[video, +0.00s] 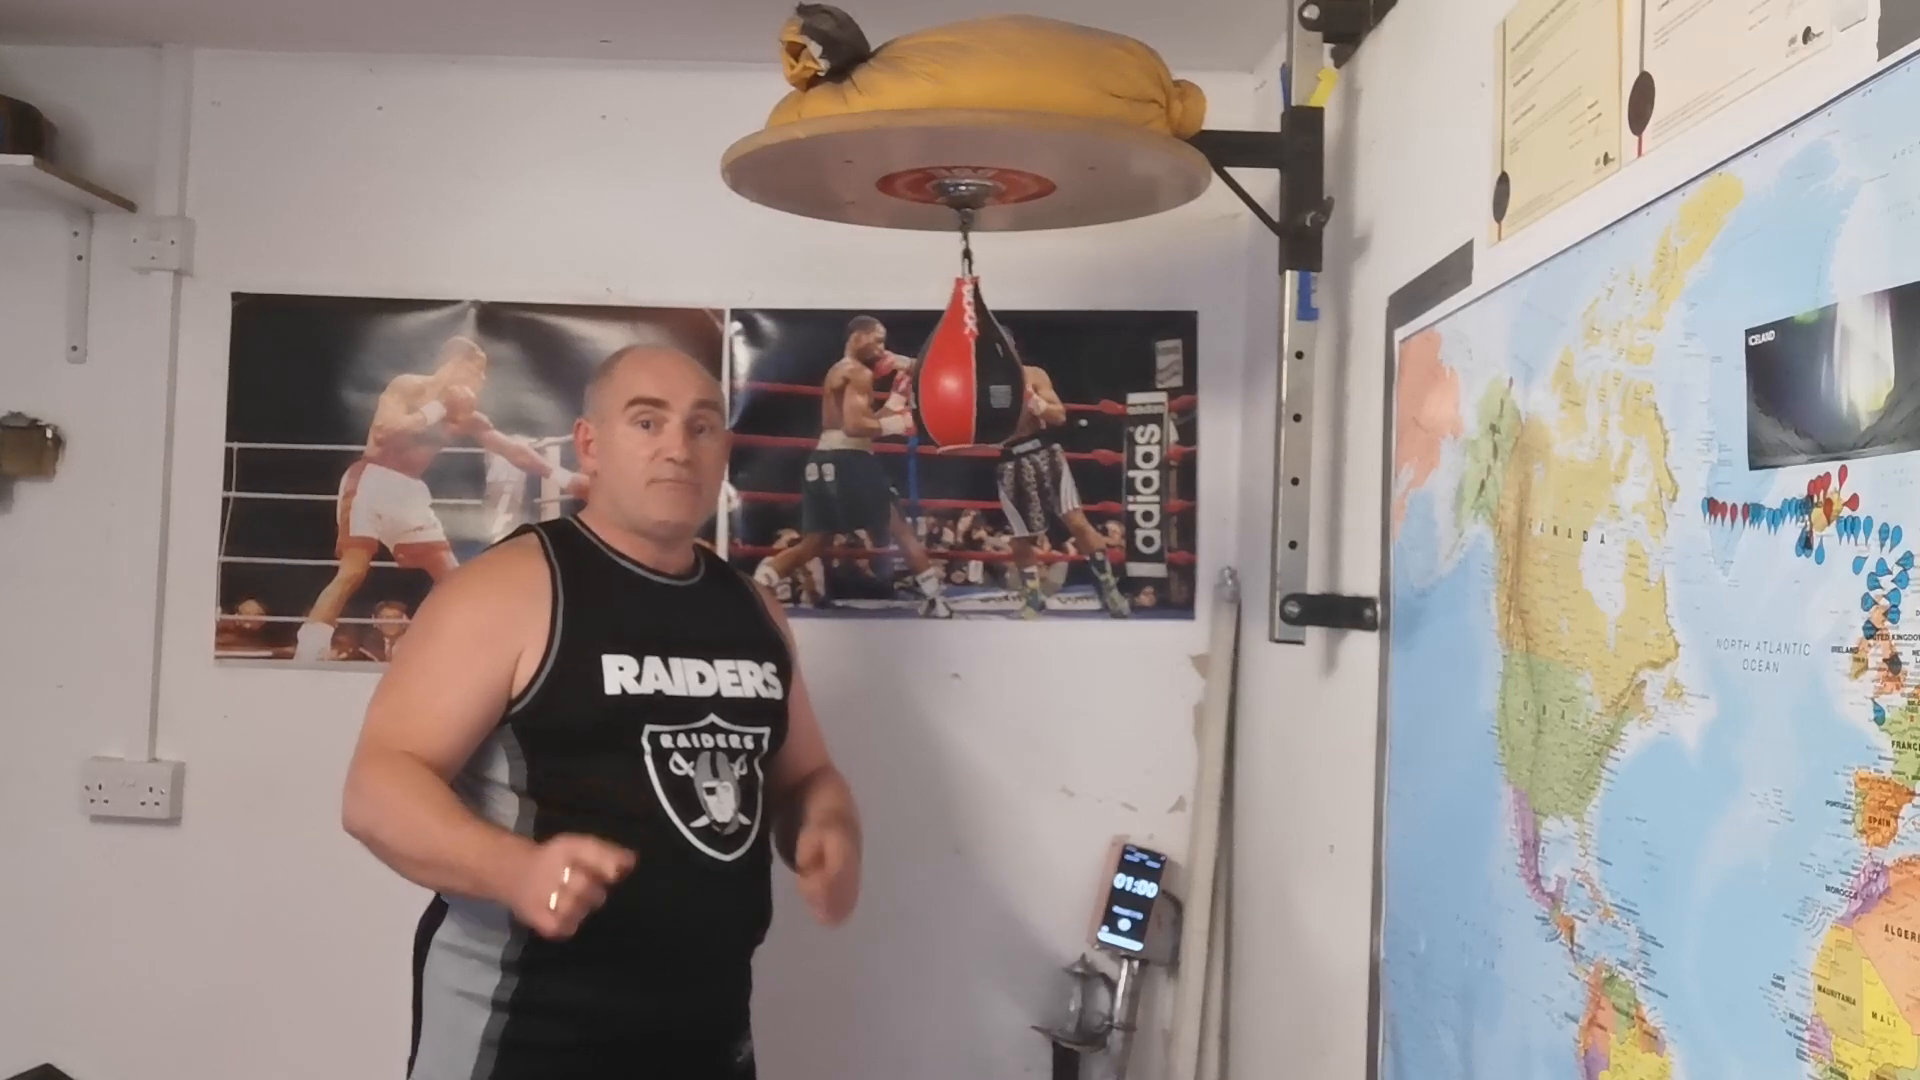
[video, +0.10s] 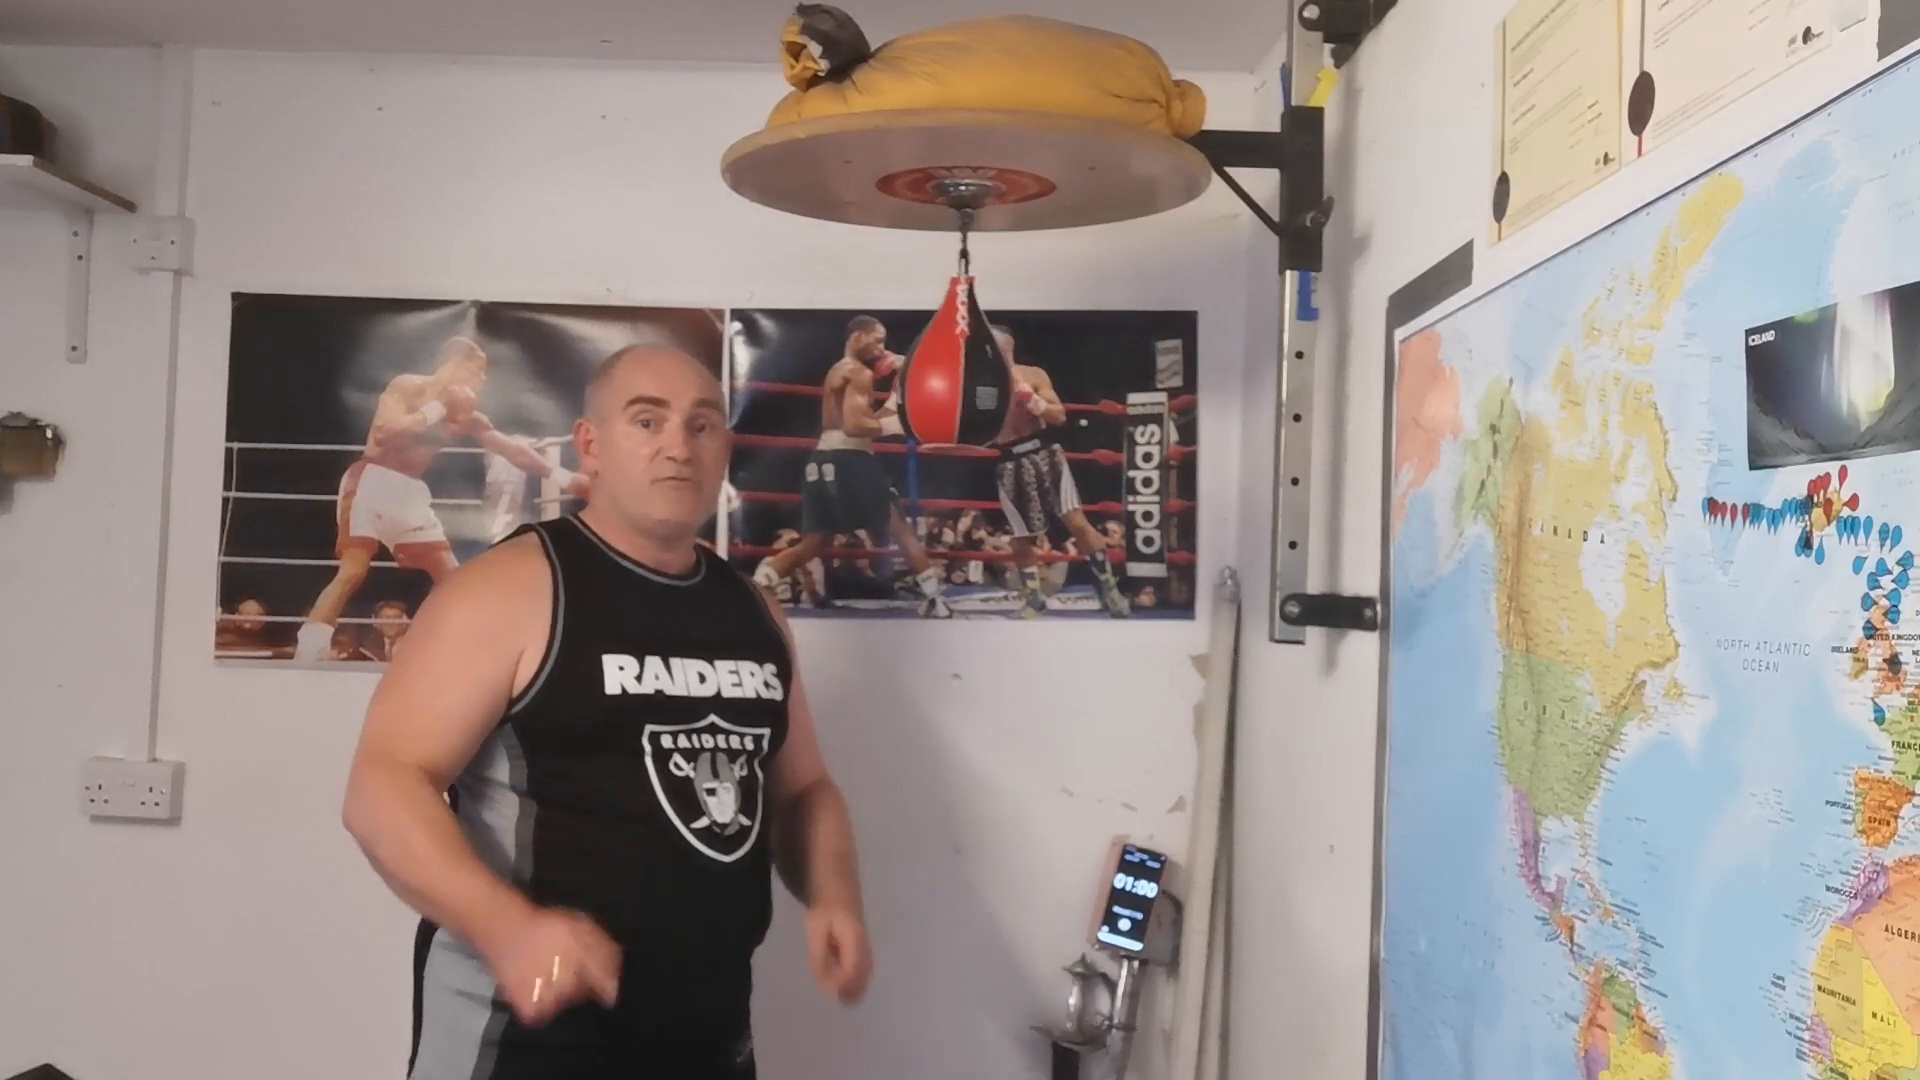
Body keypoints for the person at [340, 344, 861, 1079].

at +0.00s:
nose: (678, 447)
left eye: (701, 424)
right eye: (646, 420)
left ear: (725, 454)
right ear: (588, 445)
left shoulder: (749, 610)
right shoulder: (507, 588)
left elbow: (804, 777)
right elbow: (378, 786)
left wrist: (826, 831)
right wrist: (515, 870)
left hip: (703, 1020)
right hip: (526, 1024)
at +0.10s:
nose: (679, 446)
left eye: (702, 424)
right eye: (646, 419)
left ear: (726, 454)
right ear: (588, 445)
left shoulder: (750, 611)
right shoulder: (508, 588)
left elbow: (802, 790)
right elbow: (382, 786)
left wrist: (831, 898)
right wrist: (509, 931)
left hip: (706, 1024)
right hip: (534, 1028)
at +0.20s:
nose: (682, 447)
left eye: (706, 423)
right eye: (650, 418)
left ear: (731, 452)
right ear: (593, 443)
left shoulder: (750, 612)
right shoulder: (510, 589)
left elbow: (799, 804)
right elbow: (387, 795)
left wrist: (828, 962)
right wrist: (478, 1003)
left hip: (709, 1030)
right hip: (542, 1035)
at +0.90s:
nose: (690, 444)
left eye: (709, 421)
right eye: (655, 418)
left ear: (731, 450)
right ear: (594, 447)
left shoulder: (744, 610)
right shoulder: (518, 592)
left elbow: (795, 803)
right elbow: (396, 800)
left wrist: (841, 965)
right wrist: (516, 991)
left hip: (724, 1035)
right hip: (565, 1040)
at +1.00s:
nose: (685, 443)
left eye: (705, 421)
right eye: (650, 418)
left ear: (725, 450)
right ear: (590, 448)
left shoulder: (742, 609)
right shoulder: (513, 592)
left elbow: (793, 784)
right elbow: (389, 794)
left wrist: (840, 887)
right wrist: (544, 906)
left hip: (716, 1031)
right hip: (545, 1037)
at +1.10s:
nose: (681, 444)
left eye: (701, 421)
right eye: (646, 418)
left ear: (724, 450)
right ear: (586, 446)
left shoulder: (743, 607)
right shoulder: (508, 592)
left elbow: (789, 772)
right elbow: (383, 793)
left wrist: (814, 807)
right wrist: (556, 820)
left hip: (715, 1022)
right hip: (540, 1024)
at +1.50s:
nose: (680, 442)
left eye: (701, 420)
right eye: (647, 415)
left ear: (725, 450)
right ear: (587, 444)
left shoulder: (748, 608)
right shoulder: (502, 593)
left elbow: (809, 778)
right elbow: (375, 790)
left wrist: (814, 856)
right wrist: (507, 878)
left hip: (709, 1026)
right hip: (532, 1030)